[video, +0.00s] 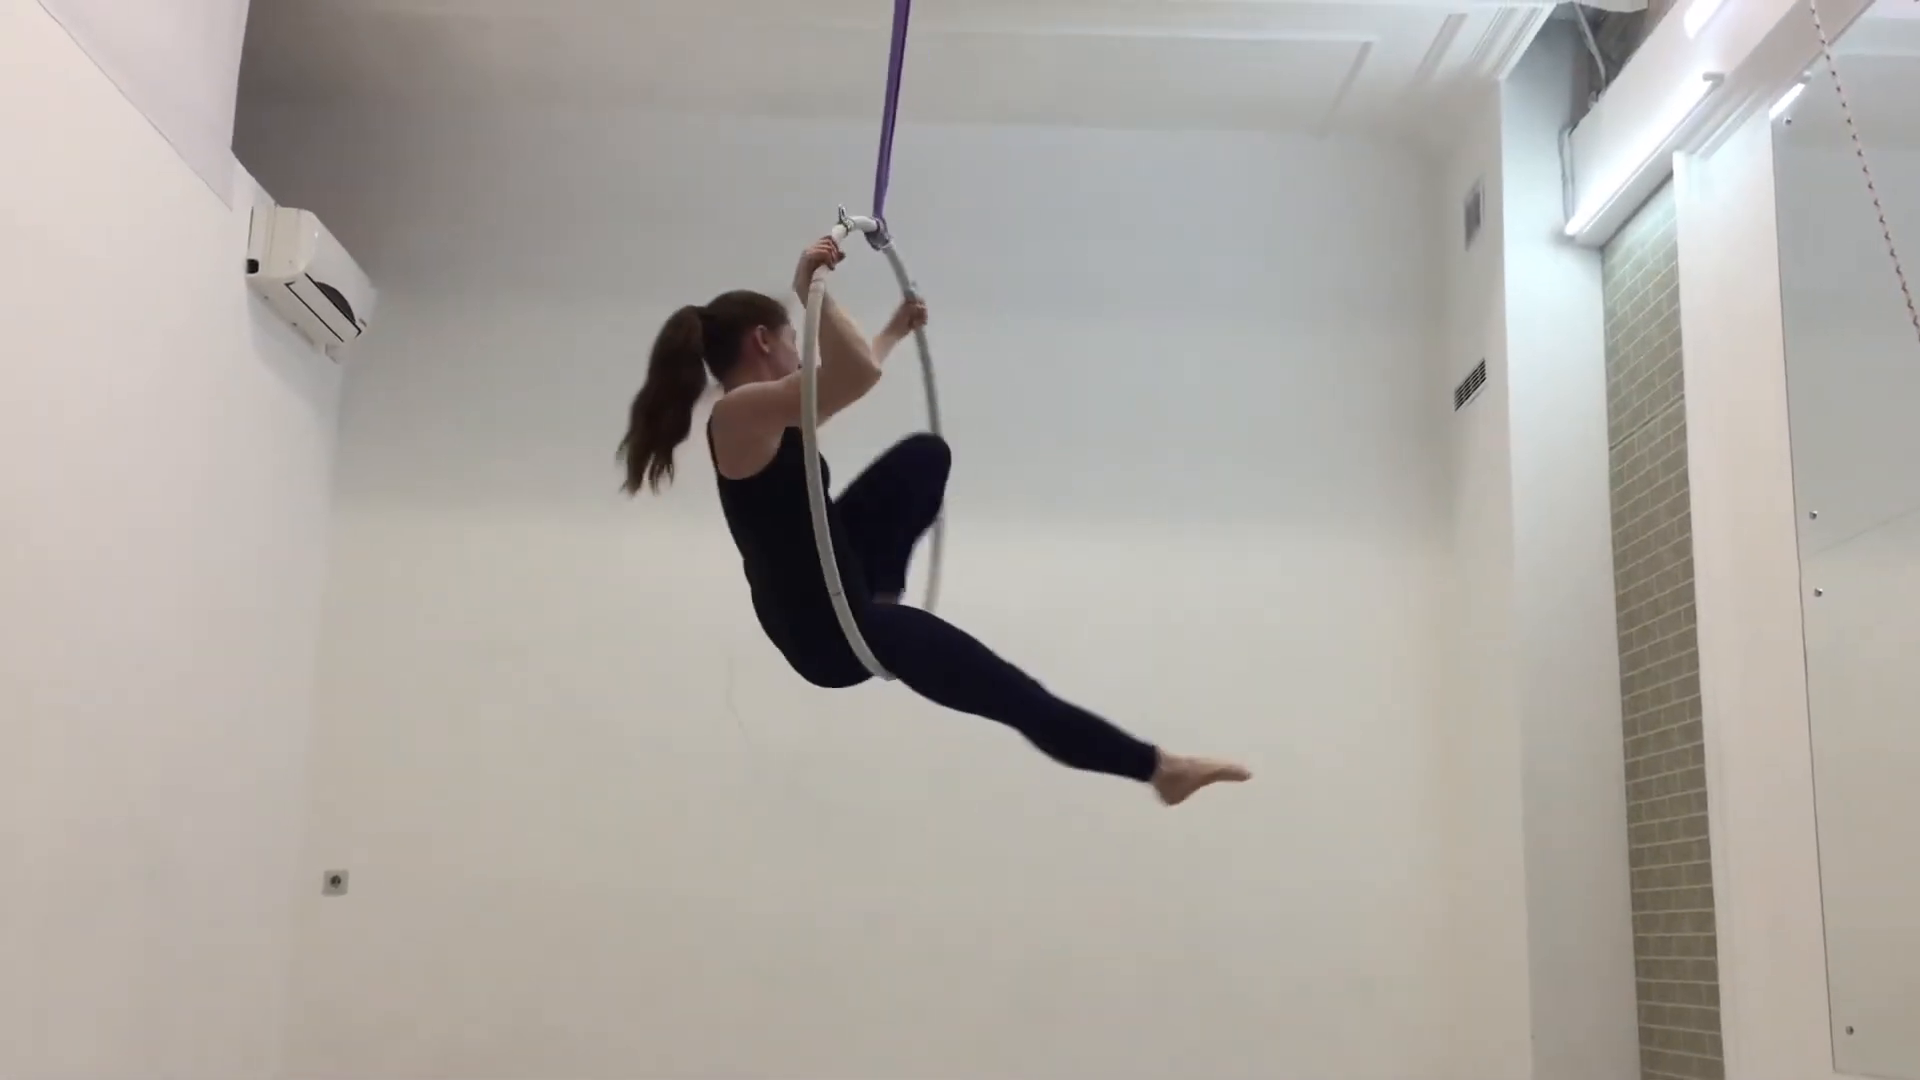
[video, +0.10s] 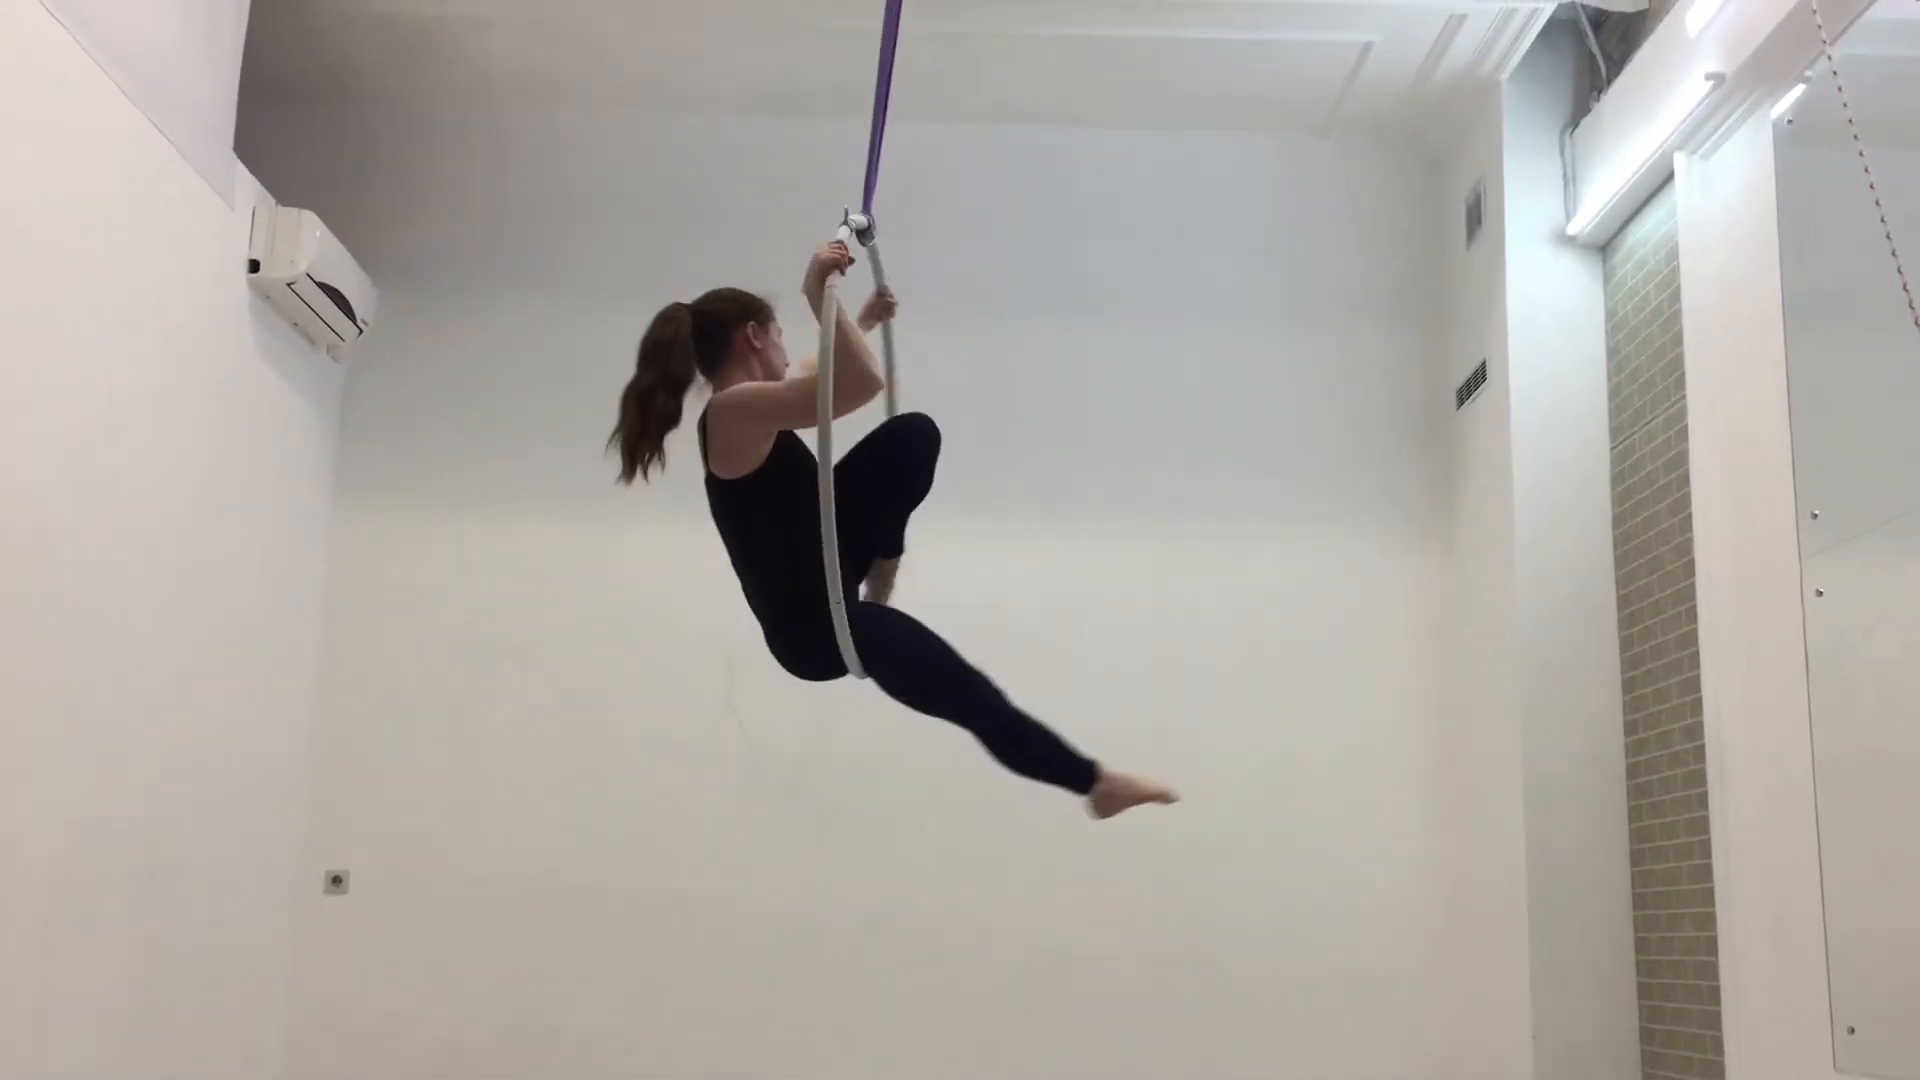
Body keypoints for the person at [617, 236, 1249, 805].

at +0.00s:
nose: (798, 347)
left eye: (793, 334)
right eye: (790, 336)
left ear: (747, 346)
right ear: (765, 344)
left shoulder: (760, 407)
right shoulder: (740, 411)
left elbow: (835, 390)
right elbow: (854, 374)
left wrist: (892, 333)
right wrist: (812, 291)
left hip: (828, 570)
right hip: (830, 626)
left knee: (926, 457)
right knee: (1007, 691)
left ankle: (875, 607)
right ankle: (1158, 769)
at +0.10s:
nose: (778, 347)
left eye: (773, 336)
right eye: (772, 335)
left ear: (721, 347)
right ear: (751, 339)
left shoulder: (741, 408)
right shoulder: (738, 406)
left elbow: (827, 393)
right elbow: (860, 383)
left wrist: (860, 325)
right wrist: (820, 294)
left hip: (820, 565)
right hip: (818, 625)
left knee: (913, 436)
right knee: (964, 692)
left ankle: (878, 575)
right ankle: (1095, 783)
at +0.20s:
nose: (773, 342)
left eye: (766, 332)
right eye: (765, 331)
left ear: (726, 343)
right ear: (744, 337)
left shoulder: (747, 399)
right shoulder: (727, 411)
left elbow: (811, 363)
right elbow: (860, 395)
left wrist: (850, 315)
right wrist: (828, 304)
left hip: (815, 551)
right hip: (798, 621)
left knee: (911, 446)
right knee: (927, 699)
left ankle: (896, 557)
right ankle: (1027, 794)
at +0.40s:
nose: (764, 328)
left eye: (759, 317)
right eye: (759, 316)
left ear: (695, 342)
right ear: (745, 323)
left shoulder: (700, 413)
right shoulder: (755, 396)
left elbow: (758, 396)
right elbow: (888, 397)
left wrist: (788, 320)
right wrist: (902, 293)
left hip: (749, 586)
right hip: (780, 617)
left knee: (930, 521)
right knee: (865, 712)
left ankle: (1063, 609)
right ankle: (918, 793)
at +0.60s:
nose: (774, 313)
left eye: (770, 303)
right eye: (769, 303)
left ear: (703, 334)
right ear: (760, 315)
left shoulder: (699, 407)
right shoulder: (806, 385)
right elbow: (935, 396)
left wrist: (748, 337)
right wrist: (974, 305)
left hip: (721, 605)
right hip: (792, 609)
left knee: (894, 603)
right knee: (855, 703)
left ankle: (1033, 639)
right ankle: (895, 783)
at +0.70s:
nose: (781, 303)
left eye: (772, 294)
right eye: (774, 297)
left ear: (714, 334)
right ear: (770, 310)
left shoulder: (712, 407)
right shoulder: (825, 386)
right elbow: (955, 391)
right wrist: (997, 300)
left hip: (731, 621)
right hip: (813, 627)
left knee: (870, 639)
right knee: (871, 687)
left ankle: (957, 659)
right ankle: (919, 766)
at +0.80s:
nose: (783, 301)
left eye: (775, 294)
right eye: (778, 296)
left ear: (724, 340)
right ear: (776, 310)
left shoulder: (727, 414)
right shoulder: (845, 385)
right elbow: (971, 388)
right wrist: (1009, 293)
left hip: (759, 624)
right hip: (845, 621)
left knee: (829, 671)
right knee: (891, 681)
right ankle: (931, 730)